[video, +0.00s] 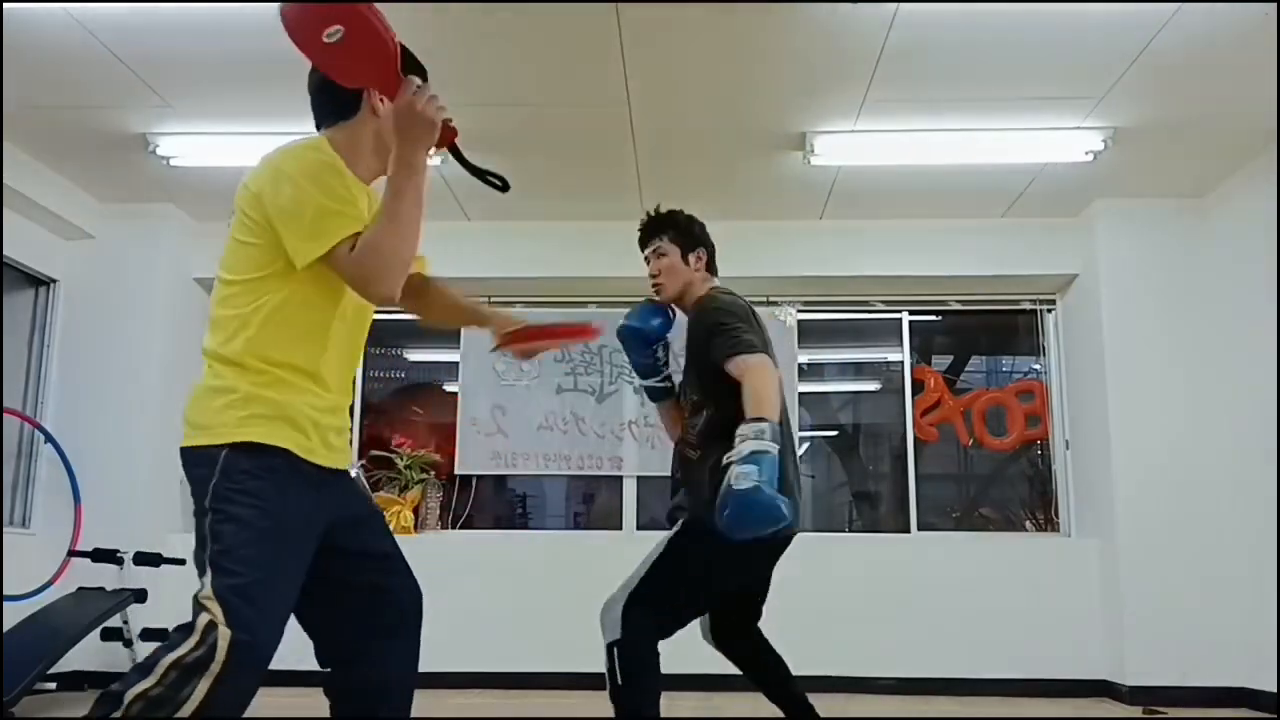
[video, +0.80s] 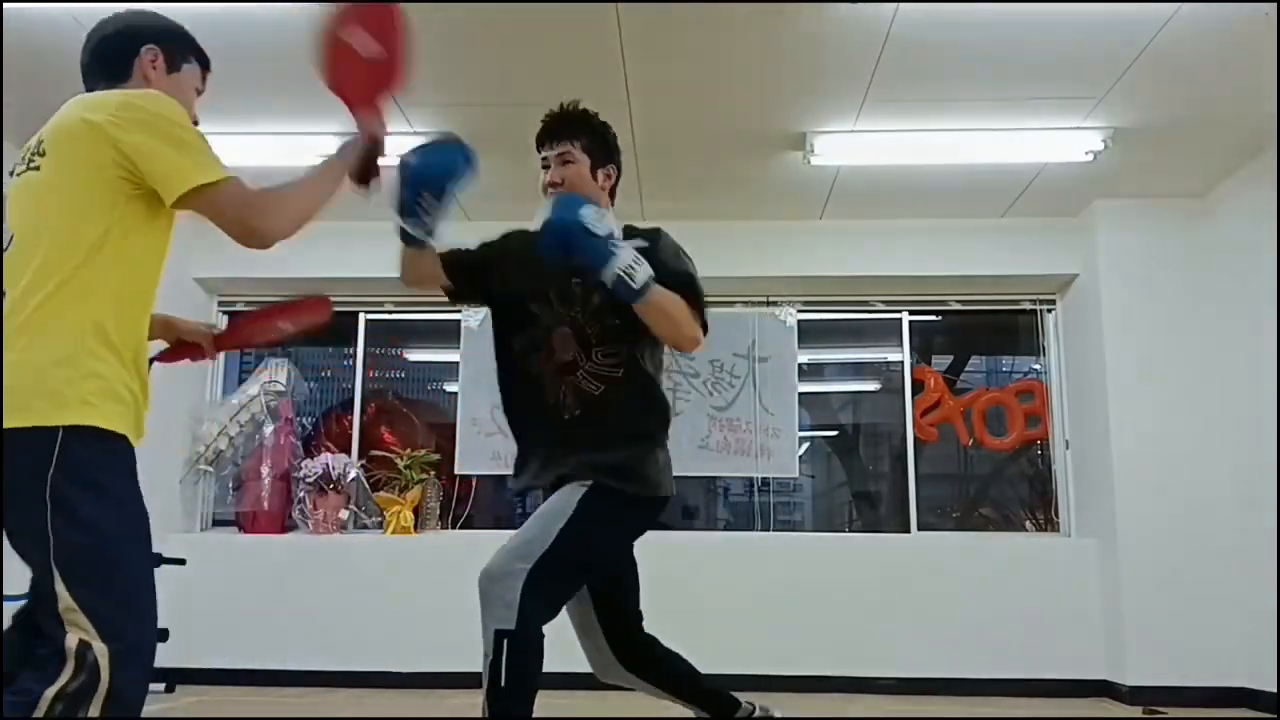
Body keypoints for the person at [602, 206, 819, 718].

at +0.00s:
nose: (651, 269)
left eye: (660, 256)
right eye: (647, 261)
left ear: (698, 260)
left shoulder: (717, 310)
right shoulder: (705, 324)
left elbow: (760, 373)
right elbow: (689, 435)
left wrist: (755, 455)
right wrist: (653, 375)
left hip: (729, 508)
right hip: (758, 509)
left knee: (626, 617)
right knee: (732, 629)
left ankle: (637, 716)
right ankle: (804, 714)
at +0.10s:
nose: (660, 243)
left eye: (672, 231)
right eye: (656, 235)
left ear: (709, 238)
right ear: (655, 247)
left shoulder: (756, 303)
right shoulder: (658, 326)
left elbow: (838, 371)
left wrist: (786, 414)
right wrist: (606, 335)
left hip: (742, 497)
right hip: (688, 500)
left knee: (657, 595)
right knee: (716, 648)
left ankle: (660, 712)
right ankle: (795, 717)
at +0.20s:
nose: (669, 226)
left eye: (683, 214)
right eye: (661, 217)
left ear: (716, 226)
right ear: (654, 228)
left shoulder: (754, 299)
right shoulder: (631, 291)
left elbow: (827, 378)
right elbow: (546, 288)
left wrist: (804, 378)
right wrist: (548, 233)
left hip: (734, 484)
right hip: (668, 487)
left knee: (659, 587)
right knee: (733, 624)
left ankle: (662, 714)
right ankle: (804, 714)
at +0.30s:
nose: (635, 203)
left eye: (648, 189)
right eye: (628, 193)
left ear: (685, 200)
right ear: (623, 206)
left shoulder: (730, 269)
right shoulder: (624, 265)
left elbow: (804, 353)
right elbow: (547, 295)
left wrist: (774, 337)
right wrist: (545, 251)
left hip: (717, 469)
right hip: (669, 468)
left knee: (635, 589)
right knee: (726, 616)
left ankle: (646, 715)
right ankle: (791, 714)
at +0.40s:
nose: (605, 196)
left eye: (616, 182)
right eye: (601, 185)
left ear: (657, 186)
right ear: (606, 192)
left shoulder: (695, 243)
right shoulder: (624, 271)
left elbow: (754, 302)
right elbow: (605, 352)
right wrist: (579, 310)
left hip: (696, 458)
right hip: (692, 458)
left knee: (614, 593)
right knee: (684, 605)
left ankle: (633, 715)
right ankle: (767, 710)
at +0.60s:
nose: (588, 219)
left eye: (597, 206)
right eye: (582, 209)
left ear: (637, 214)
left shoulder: (655, 265)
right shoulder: (618, 296)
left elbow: (656, 315)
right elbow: (585, 389)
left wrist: (589, 242)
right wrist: (562, 327)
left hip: (663, 483)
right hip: (688, 489)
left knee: (559, 598)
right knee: (672, 633)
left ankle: (541, 713)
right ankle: (762, 714)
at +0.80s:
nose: (550, 173)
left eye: (564, 159)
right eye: (545, 164)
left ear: (606, 176)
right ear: (539, 180)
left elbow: (688, 334)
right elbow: (423, 275)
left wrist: (613, 263)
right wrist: (418, 219)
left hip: (623, 471)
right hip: (558, 475)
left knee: (510, 584)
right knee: (619, 656)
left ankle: (506, 714)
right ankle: (739, 712)